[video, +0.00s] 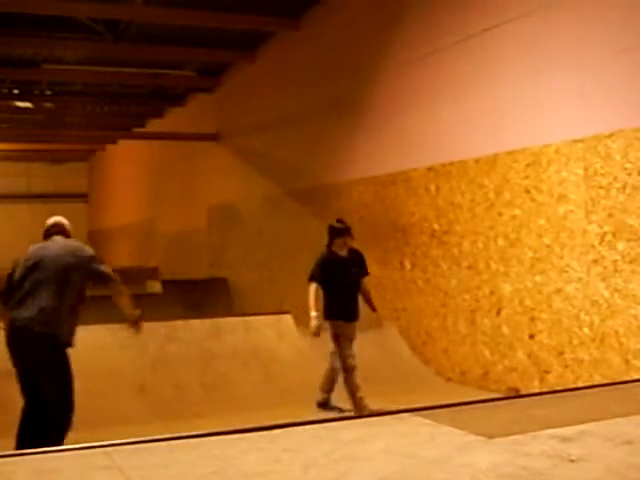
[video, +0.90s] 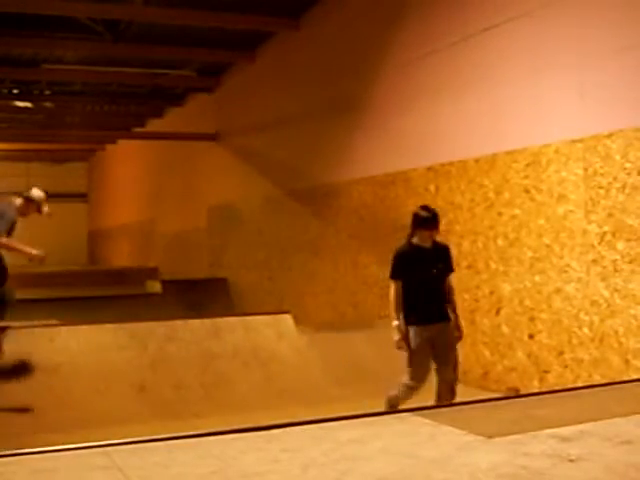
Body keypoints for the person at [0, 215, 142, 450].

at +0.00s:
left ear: (44, 236)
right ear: (69, 234)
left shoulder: (31, 253)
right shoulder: (80, 252)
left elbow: (9, 289)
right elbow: (112, 281)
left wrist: (8, 317)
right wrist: (131, 313)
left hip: (18, 333)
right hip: (49, 336)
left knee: (34, 401)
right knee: (60, 404)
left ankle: (23, 459)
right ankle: (46, 460)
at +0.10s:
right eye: (58, 244)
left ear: (34, 245)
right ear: (58, 245)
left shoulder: (20, 263)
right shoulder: (59, 262)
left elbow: (3, 290)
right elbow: (94, 292)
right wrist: (103, 323)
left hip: (6, 339)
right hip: (33, 342)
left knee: (29, 397)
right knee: (53, 401)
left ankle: (14, 455)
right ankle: (28, 457)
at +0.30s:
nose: (37, 264)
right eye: (38, 261)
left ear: (18, 259)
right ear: (38, 261)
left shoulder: (4, 277)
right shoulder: (38, 280)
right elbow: (60, 306)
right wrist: (73, 327)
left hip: (0, 348)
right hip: (16, 349)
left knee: (15, 389)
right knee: (40, 393)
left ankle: (5, 435)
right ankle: (16, 435)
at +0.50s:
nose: (30, 259)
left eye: (30, 255)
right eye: (30, 255)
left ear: (11, 249)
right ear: (26, 254)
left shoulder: (3, 266)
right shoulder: (19, 274)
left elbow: (36, 309)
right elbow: (38, 310)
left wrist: (62, 327)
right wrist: (64, 328)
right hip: (4, 341)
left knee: (7, 377)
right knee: (20, 378)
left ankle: (1, 416)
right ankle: (1, 416)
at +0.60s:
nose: (27, 248)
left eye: (27, 243)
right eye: (26, 243)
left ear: (11, 238)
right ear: (21, 242)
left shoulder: (3, 255)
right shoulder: (13, 261)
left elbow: (17, 295)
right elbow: (17, 297)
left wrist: (45, 317)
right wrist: (47, 318)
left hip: (0, 326)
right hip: (0, 326)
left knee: (5, 365)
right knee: (8, 365)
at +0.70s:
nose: (26, 234)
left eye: (27, 231)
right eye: (26, 230)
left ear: (18, 226)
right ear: (20, 227)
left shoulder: (11, 241)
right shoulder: (7, 241)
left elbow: (8, 273)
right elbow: (4, 274)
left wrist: (22, 286)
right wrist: (26, 287)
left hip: (3, 293)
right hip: (2, 294)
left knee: (1, 324)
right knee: (1, 325)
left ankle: (1, 356)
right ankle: (1, 356)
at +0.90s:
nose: (32, 214)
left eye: (35, 211)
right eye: (34, 210)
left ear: (30, 203)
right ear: (28, 203)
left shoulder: (12, 211)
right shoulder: (8, 212)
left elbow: (5, 241)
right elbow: (3, 240)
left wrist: (30, 253)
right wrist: (30, 252)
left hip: (3, 274)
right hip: (2, 276)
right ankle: (3, 365)